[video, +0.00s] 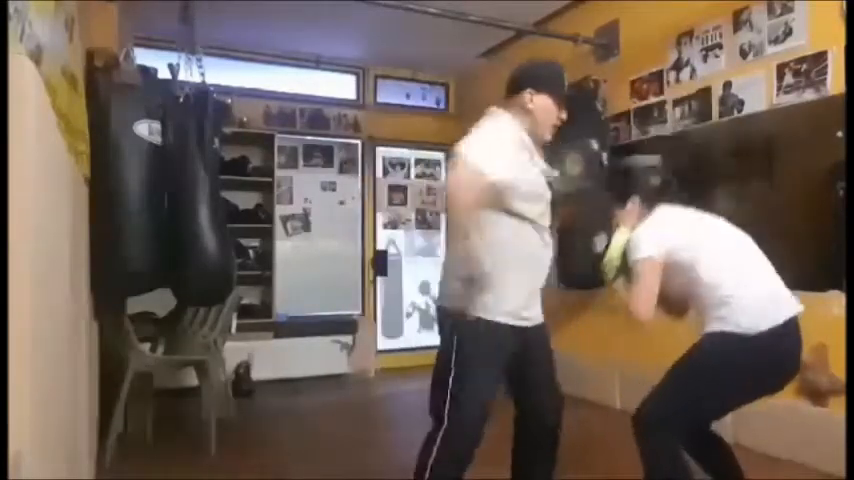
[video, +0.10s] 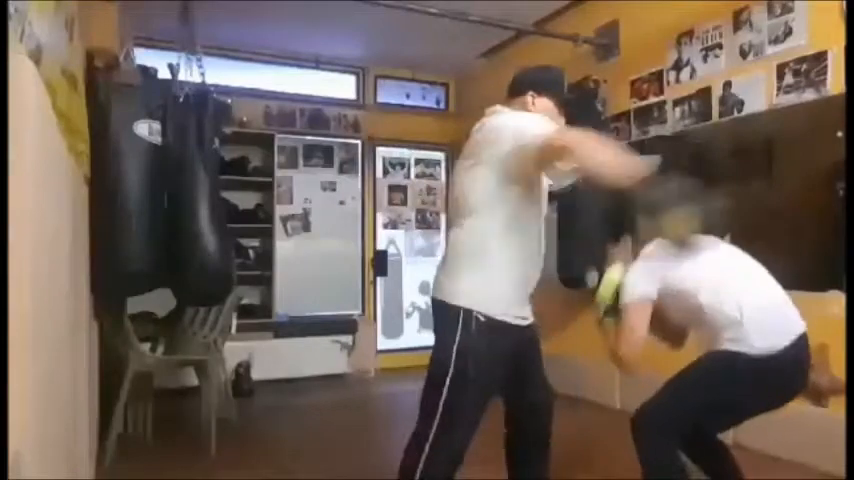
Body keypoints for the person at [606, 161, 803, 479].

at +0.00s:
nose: (616, 220)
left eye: (617, 210)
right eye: (613, 212)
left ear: (633, 204)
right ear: (656, 197)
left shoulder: (649, 231)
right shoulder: (688, 219)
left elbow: (642, 311)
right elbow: (678, 307)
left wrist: (617, 276)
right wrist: (632, 268)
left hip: (737, 345)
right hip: (783, 342)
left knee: (652, 422)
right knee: (689, 424)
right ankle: (731, 473)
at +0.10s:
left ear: (645, 221)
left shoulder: (646, 266)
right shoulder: (707, 246)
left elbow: (627, 359)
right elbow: (675, 337)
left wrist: (609, 314)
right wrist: (632, 295)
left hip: (746, 361)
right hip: (792, 360)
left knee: (650, 424)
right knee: (692, 428)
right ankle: (729, 474)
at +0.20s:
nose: (607, 278)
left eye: (608, 269)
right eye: (605, 272)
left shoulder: (650, 286)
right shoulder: (681, 260)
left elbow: (626, 380)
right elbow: (673, 346)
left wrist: (604, 332)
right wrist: (626, 317)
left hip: (754, 372)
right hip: (788, 365)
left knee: (652, 426)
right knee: (689, 430)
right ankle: (722, 473)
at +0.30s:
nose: (611, 264)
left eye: (613, 254)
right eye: (609, 255)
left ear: (634, 246)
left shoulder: (667, 277)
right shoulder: (679, 252)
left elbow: (649, 367)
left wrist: (614, 322)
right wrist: (633, 311)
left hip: (759, 364)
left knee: (655, 426)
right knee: (681, 431)